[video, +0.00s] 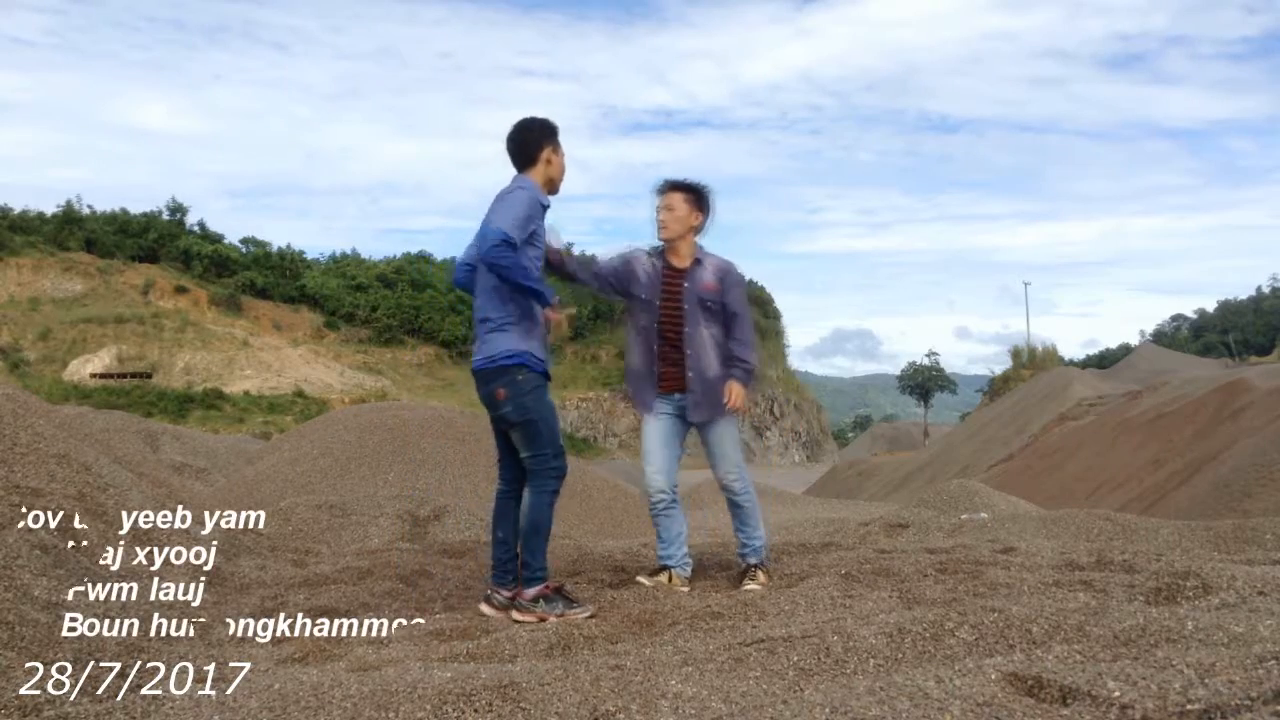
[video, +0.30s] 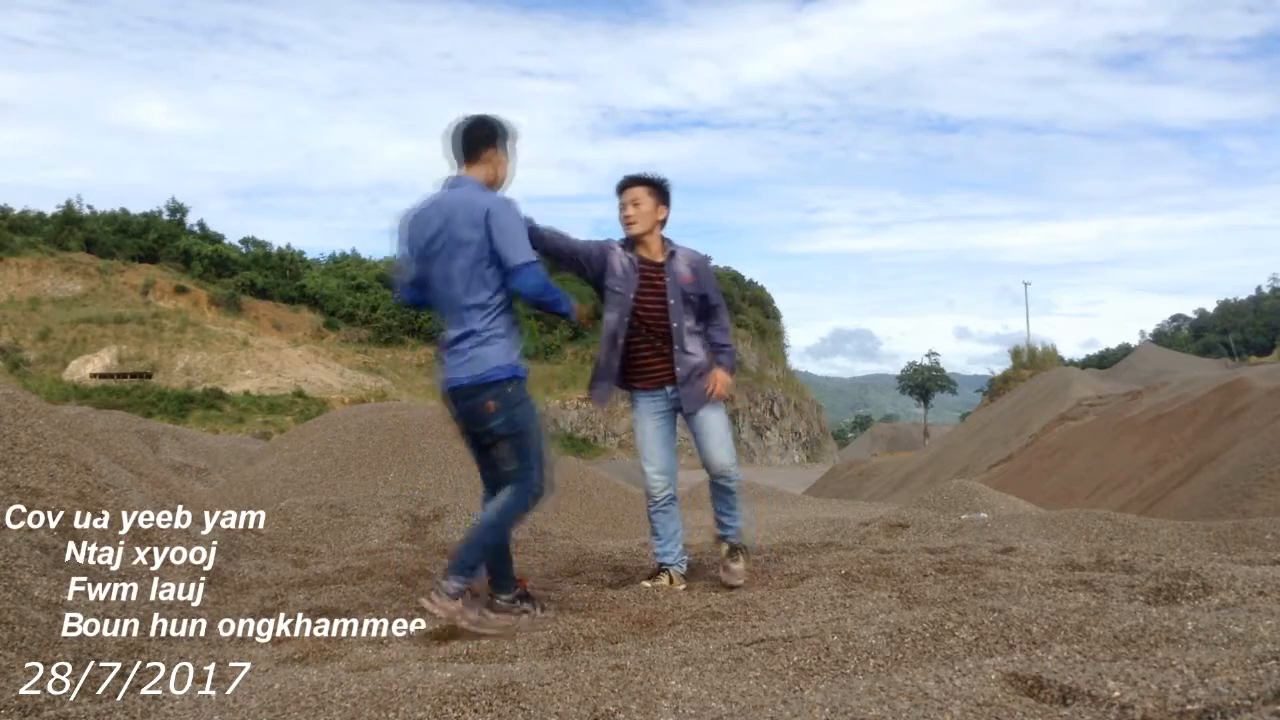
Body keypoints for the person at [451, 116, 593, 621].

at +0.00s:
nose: (565, 165)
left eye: (563, 155)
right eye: (562, 155)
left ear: (523, 158)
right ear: (549, 156)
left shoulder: (503, 202)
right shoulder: (527, 196)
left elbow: (463, 273)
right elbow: (494, 247)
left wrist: (520, 298)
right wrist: (548, 299)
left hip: (493, 364)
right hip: (516, 363)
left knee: (513, 476)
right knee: (547, 469)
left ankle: (504, 586)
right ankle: (534, 588)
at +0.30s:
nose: (509, 166)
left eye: (507, 157)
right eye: (506, 157)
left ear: (463, 157)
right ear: (491, 156)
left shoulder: (420, 216)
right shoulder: (494, 206)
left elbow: (410, 292)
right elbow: (528, 283)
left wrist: (459, 294)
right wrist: (569, 308)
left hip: (458, 378)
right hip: (496, 373)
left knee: (498, 485)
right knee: (529, 482)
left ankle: (504, 593)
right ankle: (453, 586)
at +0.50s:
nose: (465, 168)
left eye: (460, 159)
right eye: (461, 160)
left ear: (413, 170)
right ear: (450, 165)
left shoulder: (378, 229)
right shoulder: (474, 221)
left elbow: (360, 313)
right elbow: (519, 293)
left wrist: (397, 330)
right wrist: (545, 320)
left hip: (403, 395)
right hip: (462, 393)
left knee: (456, 481)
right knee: (467, 504)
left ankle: (473, 587)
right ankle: (431, 619)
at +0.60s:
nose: (442, 162)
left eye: (437, 153)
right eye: (439, 153)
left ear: (390, 159)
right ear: (429, 156)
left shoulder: (352, 220)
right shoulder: (452, 211)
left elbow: (338, 301)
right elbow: (488, 293)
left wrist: (356, 354)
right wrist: (513, 339)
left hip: (385, 386)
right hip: (446, 382)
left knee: (413, 467)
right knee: (450, 496)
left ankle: (404, 577)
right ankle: (431, 618)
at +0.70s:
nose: (419, 155)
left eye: (414, 146)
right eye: (416, 146)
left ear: (369, 153)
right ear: (405, 149)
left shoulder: (332, 213)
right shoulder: (432, 205)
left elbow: (314, 290)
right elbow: (457, 286)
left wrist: (336, 358)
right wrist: (476, 344)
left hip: (365, 380)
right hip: (426, 378)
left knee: (373, 478)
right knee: (440, 495)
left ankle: (334, 572)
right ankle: (432, 615)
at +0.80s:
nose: (397, 160)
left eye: (393, 150)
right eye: (394, 151)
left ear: (344, 159)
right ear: (381, 154)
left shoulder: (305, 217)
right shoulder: (403, 209)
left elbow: (286, 285)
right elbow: (421, 289)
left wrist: (297, 355)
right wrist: (432, 369)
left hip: (336, 394)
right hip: (399, 391)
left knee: (324, 503)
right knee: (436, 498)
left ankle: (262, 614)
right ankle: (430, 618)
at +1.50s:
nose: (402, 140)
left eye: (398, 129)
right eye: (395, 128)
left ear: (350, 135)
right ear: (375, 131)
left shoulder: (318, 197)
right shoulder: (362, 182)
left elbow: (293, 284)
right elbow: (366, 276)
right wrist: (406, 348)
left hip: (314, 384)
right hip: (353, 377)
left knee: (303, 502)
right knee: (388, 498)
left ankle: (251, 625)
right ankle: (351, 633)